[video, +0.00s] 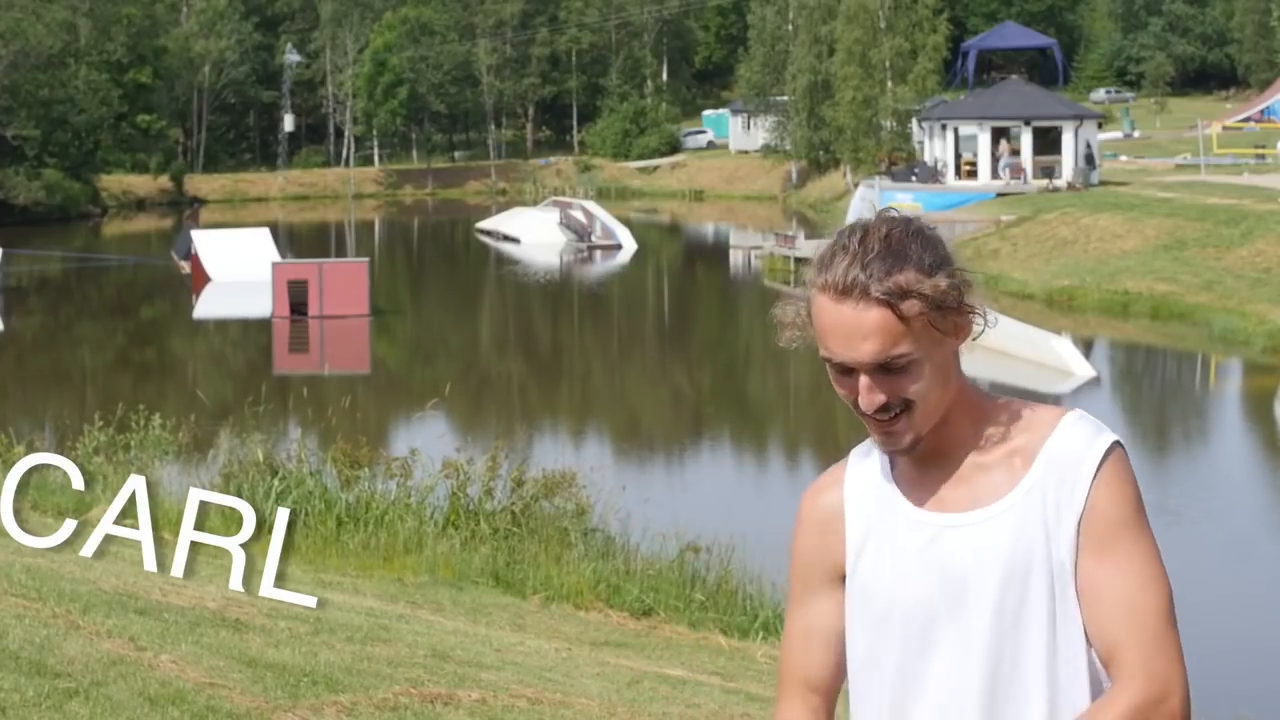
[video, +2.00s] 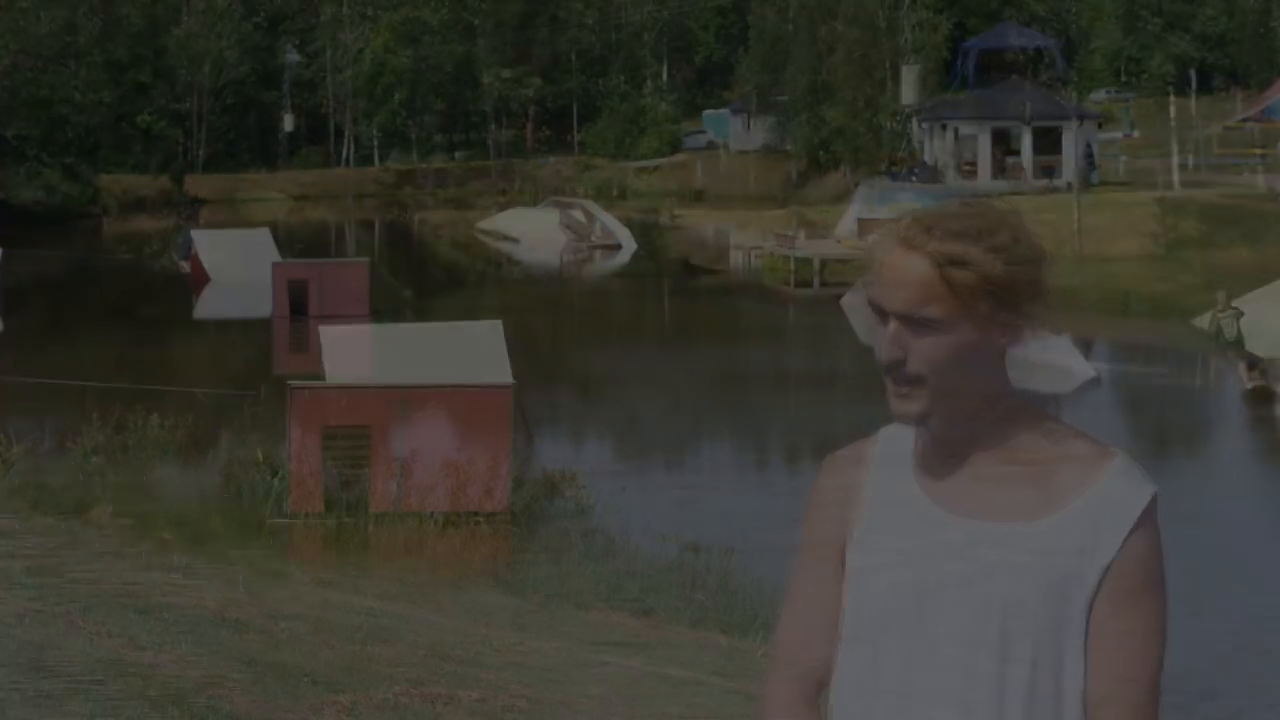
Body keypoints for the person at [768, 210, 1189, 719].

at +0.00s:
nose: (869, 399)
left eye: (895, 366)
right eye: (842, 370)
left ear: (957, 328)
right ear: (820, 350)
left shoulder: (1079, 464)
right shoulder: (834, 505)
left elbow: (1155, 694)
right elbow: (803, 697)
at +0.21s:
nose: (918, 407)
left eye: (948, 377)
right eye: (896, 374)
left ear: (1018, 342)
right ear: (880, 349)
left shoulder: (1136, 492)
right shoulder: (895, 496)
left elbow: (1194, 706)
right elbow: (870, 697)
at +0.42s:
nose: (968, 413)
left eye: (1001, 387)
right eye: (950, 378)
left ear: (1082, 357)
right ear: (939, 353)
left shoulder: (1182, 515)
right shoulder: (951, 480)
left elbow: (1222, 708)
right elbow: (919, 678)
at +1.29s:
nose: (971, 363)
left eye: (1008, 342)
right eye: (963, 328)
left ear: (1091, 341)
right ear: (954, 314)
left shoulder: (1178, 511)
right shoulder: (923, 477)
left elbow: (1197, 711)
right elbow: (864, 677)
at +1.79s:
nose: (911, 355)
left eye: (947, 331)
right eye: (903, 320)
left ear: (1030, 333)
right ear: (893, 308)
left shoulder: (1125, 508)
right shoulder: (861, 480)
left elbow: (1134, 710)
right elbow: (801, 693)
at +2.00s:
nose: (888, 352)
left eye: (922, 325)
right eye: (880, 318)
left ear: (1004, 329)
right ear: (868, 309)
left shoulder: (1107, 499)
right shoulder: (850, 481)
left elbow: (1122, 705)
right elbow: (794, 688)